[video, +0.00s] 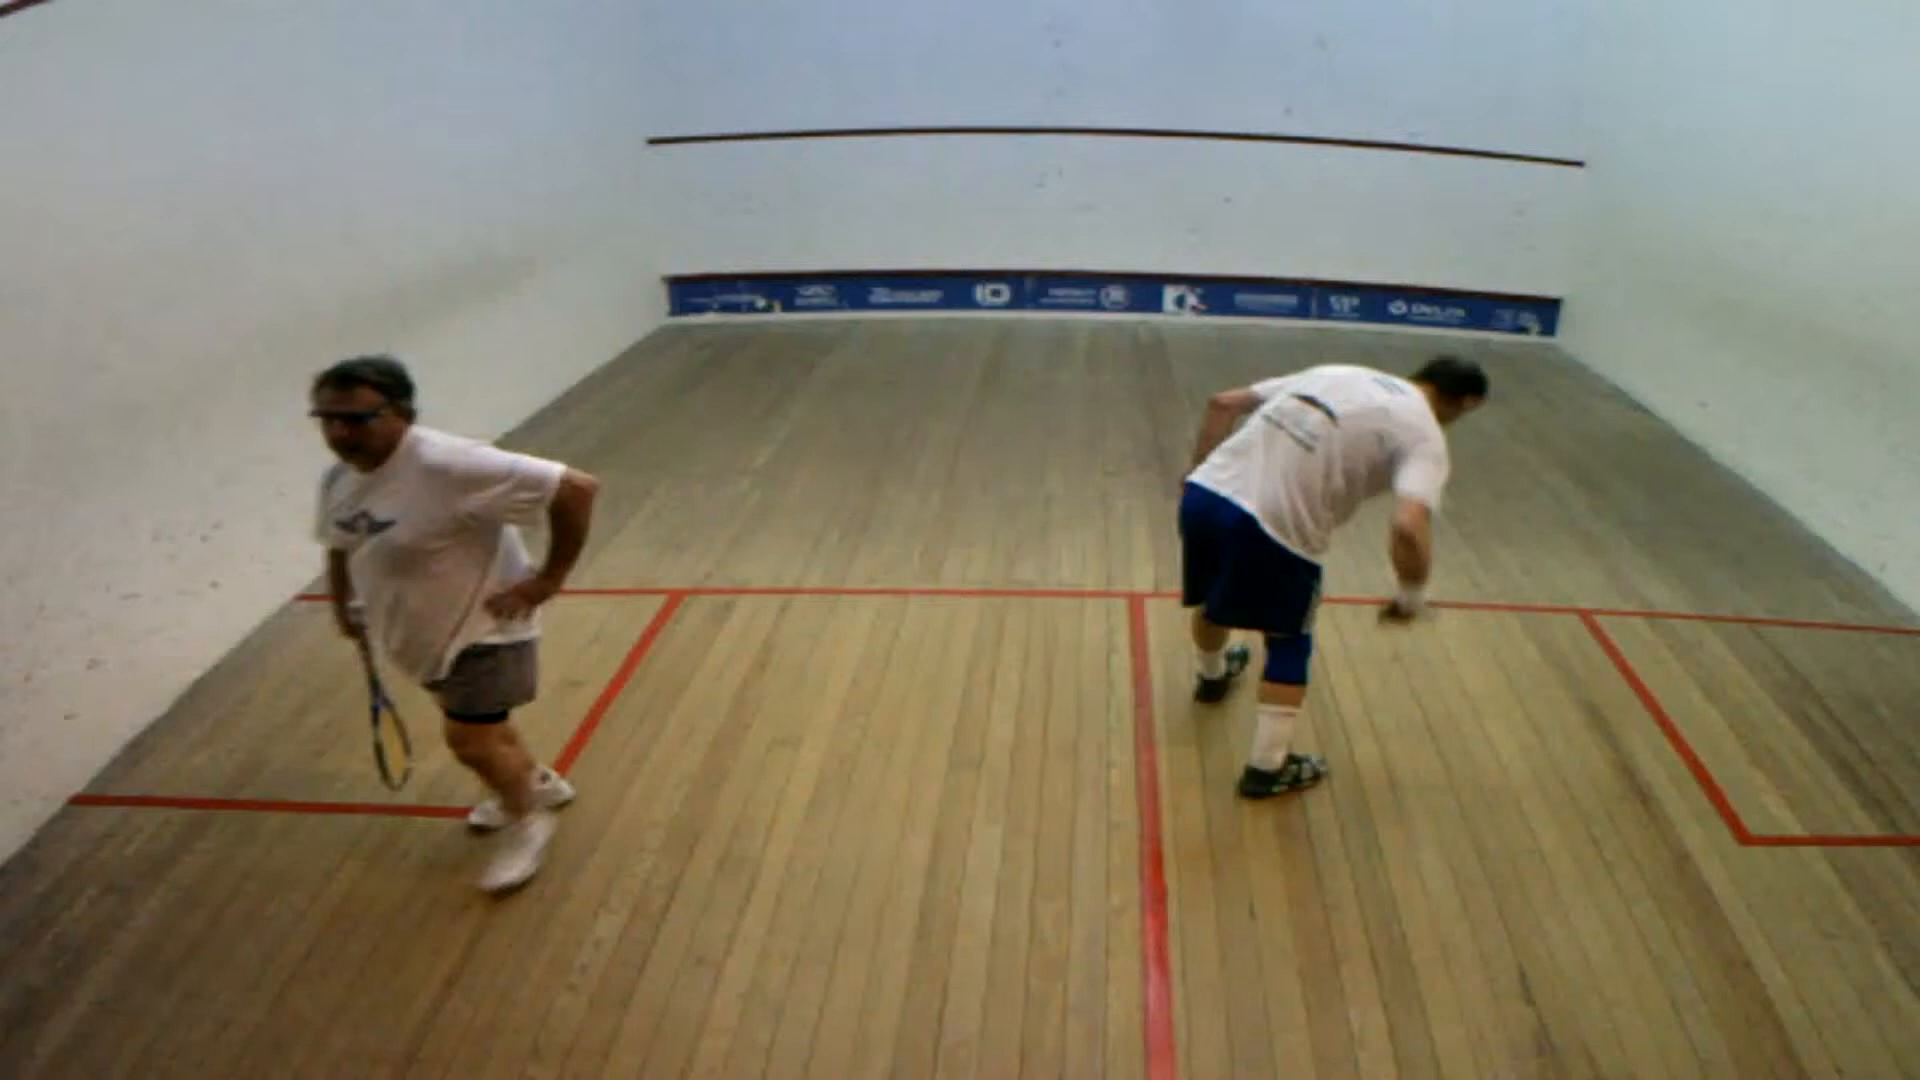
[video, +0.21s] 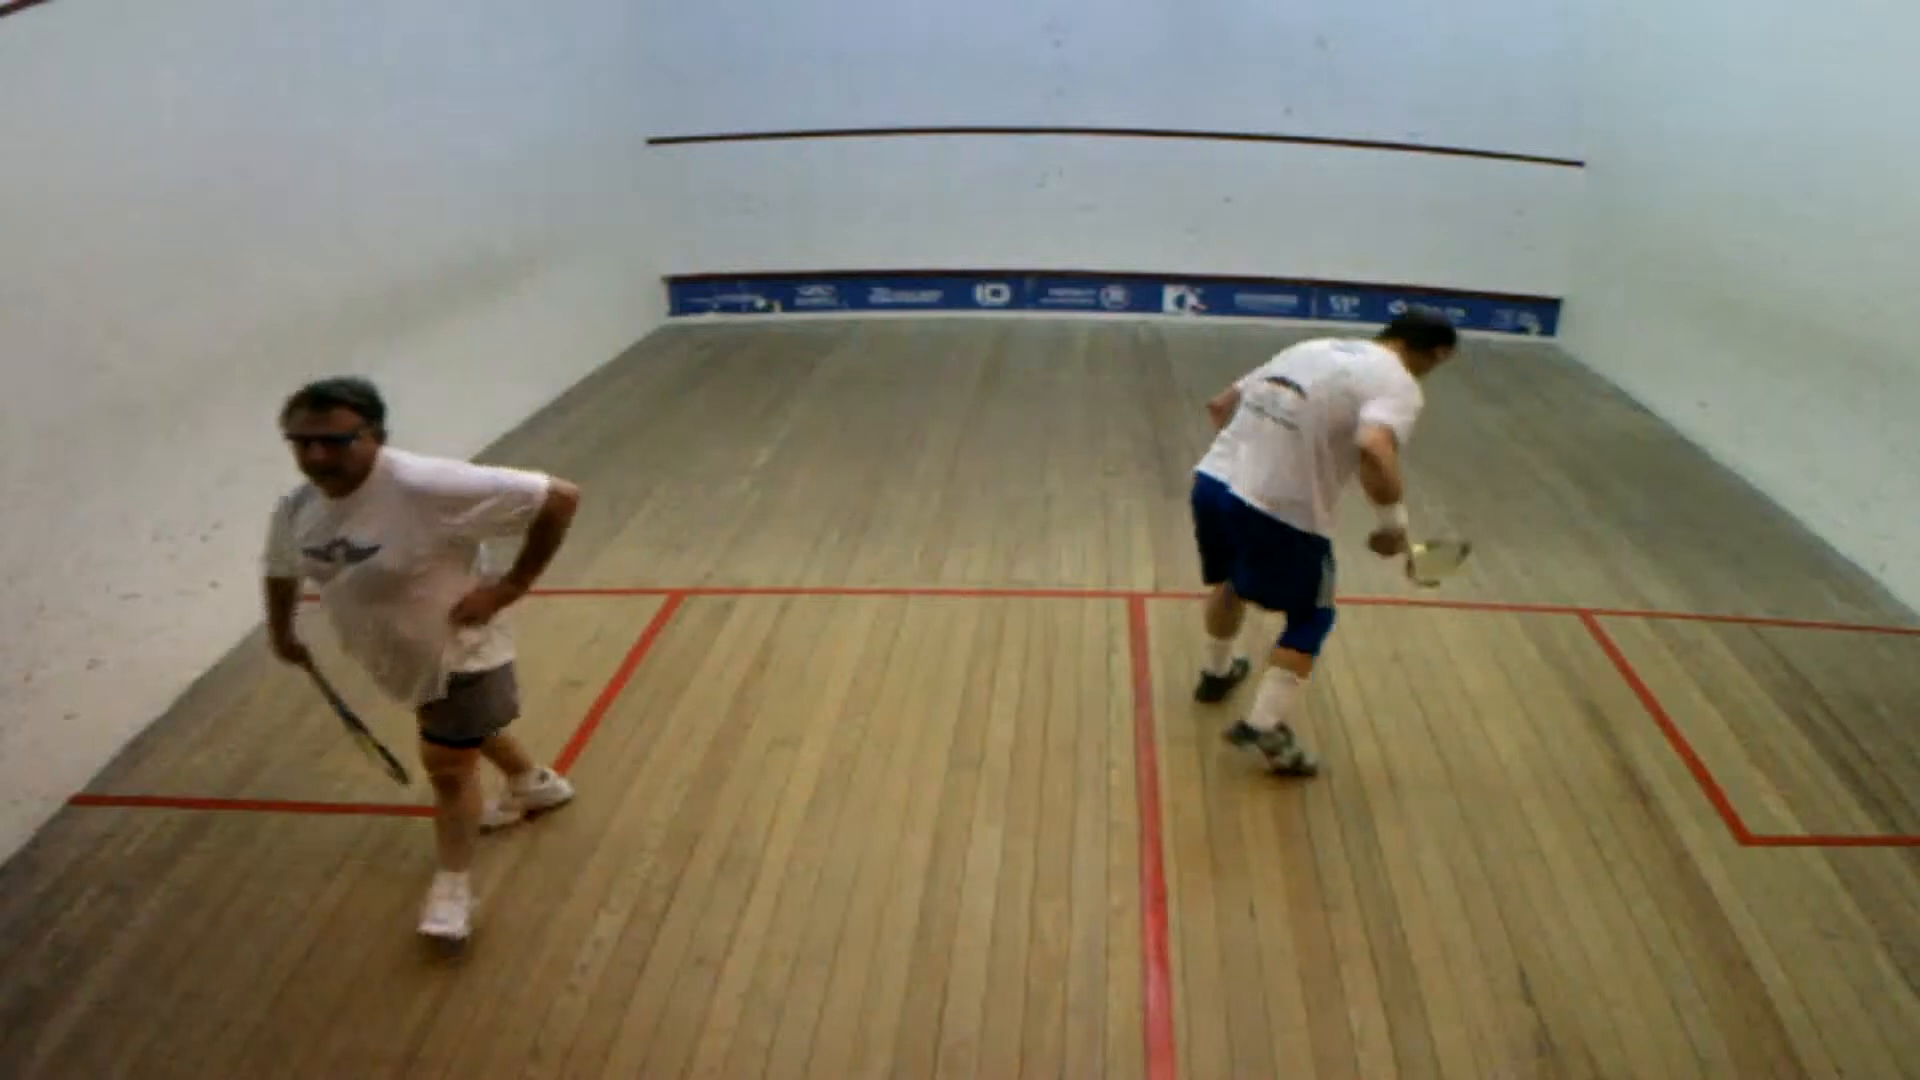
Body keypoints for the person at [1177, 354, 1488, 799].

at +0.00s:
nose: (1457, 420)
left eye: (1464, 413)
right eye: (1464, 411)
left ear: (1422, 374)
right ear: (1458, 402)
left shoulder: (1340, 373)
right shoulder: (1425, 436)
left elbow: (1224, 403)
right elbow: (1408, 527)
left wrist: (1200, 471)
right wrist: (1410, 596)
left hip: (1205, 498)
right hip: (1277, 532)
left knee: (1211, 595)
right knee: (1288, 643)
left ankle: (1211, 675)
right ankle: (1267, 765)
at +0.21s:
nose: (1430, 375)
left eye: (1437, 366)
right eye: (1435, 364)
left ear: (1392, 334)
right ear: (1427, 353)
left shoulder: (1318, 347)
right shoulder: (1399, 384)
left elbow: (1224, 405)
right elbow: (1372, 448)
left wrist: (1254, 460)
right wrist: (1391, 522)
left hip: (1214, 484)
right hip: (1282, 511)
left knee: (1230, 580)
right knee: (1312, 615)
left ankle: (1216, 671)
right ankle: (1264, 726)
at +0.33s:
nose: (1417, 348)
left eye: (1423, 339)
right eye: (1422, 338)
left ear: (1373, 312)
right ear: (1412, 331)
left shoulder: (1307, 333)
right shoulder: (1385, 362)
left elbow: (1260, 402)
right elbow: (1355, 424)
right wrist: (1375, 498)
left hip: (1223, 477)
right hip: (1290, 498)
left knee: (1234, 571)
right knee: (1327, 595)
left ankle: (1216, 671)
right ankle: (1261, 695)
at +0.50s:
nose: (1412, 318)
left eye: (1417, 309)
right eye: (1414, 308)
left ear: (1361, 289)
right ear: (1402, 301)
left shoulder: (1303, 320)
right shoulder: (1373, 341)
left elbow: (1282, 394)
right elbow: (1338, 411)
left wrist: (1357, 414)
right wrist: (1378, 476)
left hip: (1242, 470)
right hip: (1310, 489)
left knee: (1241, 563)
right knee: (1351, 569)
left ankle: (1216, 668)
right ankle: (1298, 663)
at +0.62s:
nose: (1420, 307)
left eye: (1423, 299)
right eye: (1421, 298)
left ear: (1368, 283)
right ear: (1406, 294)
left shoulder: (1312, 318)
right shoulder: (1373, 340)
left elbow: (1309, 405)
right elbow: (1348, 412)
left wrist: (1386, 436)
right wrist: (1403, 452)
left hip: (1260, 469)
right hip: (1330, 485)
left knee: (1244, 568)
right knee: (1361, 561)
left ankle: (1217, 669)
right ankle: (1361, 654)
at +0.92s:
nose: (1481, 306)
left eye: (1485, 297)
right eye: (1483, 297)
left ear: (1433, 281)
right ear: (1470, 293)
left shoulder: (1377, 315)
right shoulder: (1441, 346)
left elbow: (1385, 394)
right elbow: (1427, 432)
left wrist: (1459, 421)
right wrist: (1471, 470)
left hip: (1329, 464)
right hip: (1393, 485)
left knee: (1298, 560)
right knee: (1398, 571)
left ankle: (1236, 644)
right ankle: (1397, 646)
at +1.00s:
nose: (1504, 307)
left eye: (1508, 298)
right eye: (1506, 297)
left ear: (1458, 280)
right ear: (1492, 292)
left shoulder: (1397, 314)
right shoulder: (1466, 345)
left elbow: (1380, 392)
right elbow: (1453, 431)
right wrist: (1488, 473)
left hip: (1357, 461)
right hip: (1416, 482)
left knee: (1335, 546)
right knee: (1410, 567)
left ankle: (1268, 623)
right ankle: (1401, 645)